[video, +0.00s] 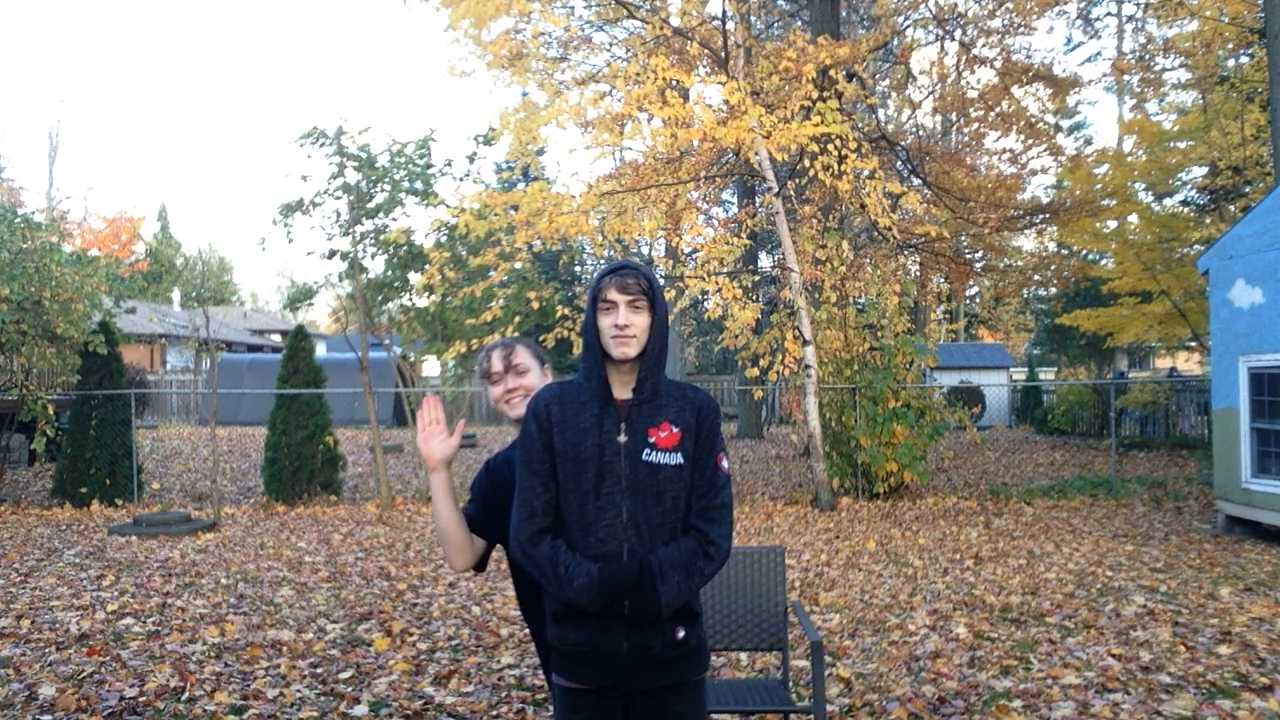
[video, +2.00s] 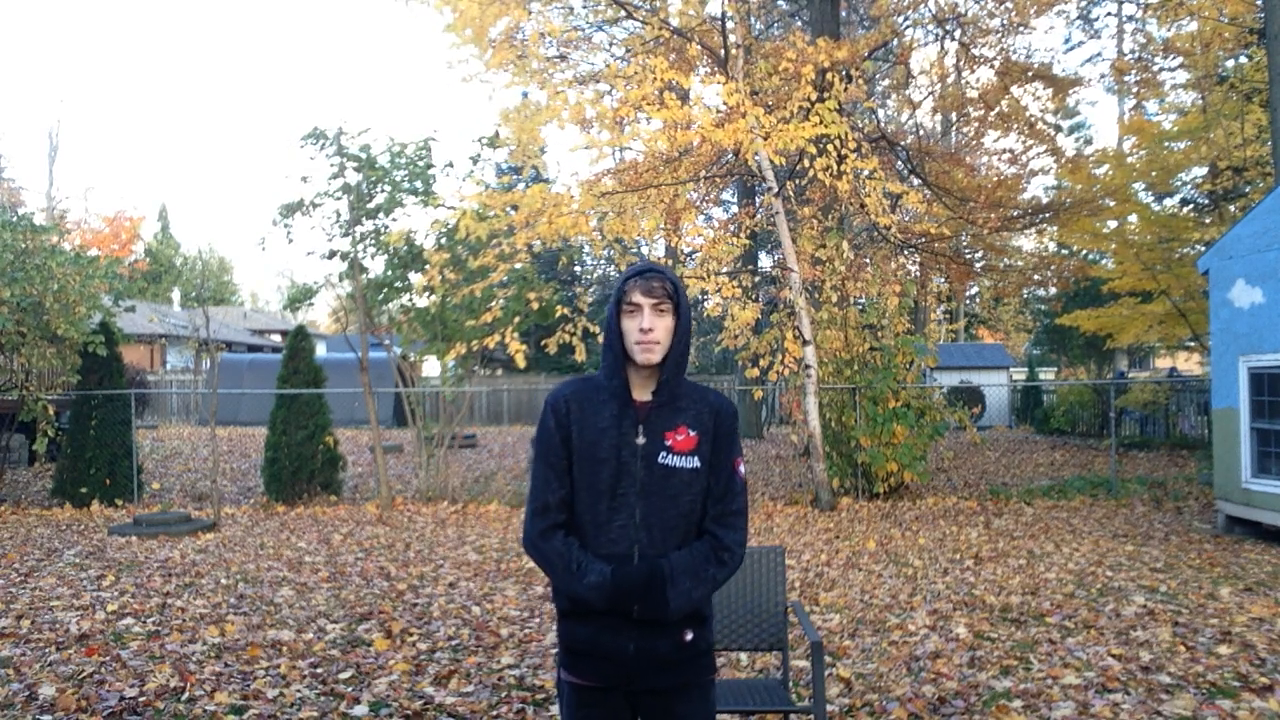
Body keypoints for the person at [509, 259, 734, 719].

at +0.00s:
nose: (621, 320)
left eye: (636, 307)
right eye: (608, 308)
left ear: (656, 319)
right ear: (592, 320)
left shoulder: (694, 408)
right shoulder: (550, 407)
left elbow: (713, 534)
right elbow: (527, 534)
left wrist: (648, 580)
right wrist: (595, 583)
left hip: (671, 653)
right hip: (581, 660)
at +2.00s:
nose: (645, 325)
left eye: (659, 311)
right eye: (632, 311)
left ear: (679, 324)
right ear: (616, 323)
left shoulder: (713, 412)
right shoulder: (569, 404)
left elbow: (728, 537)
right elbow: (540, 529)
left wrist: (661, 583)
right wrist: (606, 585)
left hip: (680, 652)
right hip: (591, 653)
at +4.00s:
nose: (606, 325)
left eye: (621, 312)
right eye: (592, 310)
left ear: (637, 329)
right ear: (571, 326)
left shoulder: (676, 412)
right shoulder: (533, 421)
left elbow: (722, 528)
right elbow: (506, 549)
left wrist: (648, 573)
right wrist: (593, 577)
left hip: (661, 659)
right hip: (569, 661)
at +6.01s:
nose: (620, 313)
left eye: (634, 300)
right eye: (606, 300)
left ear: (652, 317)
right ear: (586, 315)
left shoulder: (690, 391)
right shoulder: (547, 392)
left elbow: (783, 468)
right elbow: (481, 486)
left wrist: (756, 555)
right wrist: (521, 572)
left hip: (673, 638)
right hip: (582, 641)